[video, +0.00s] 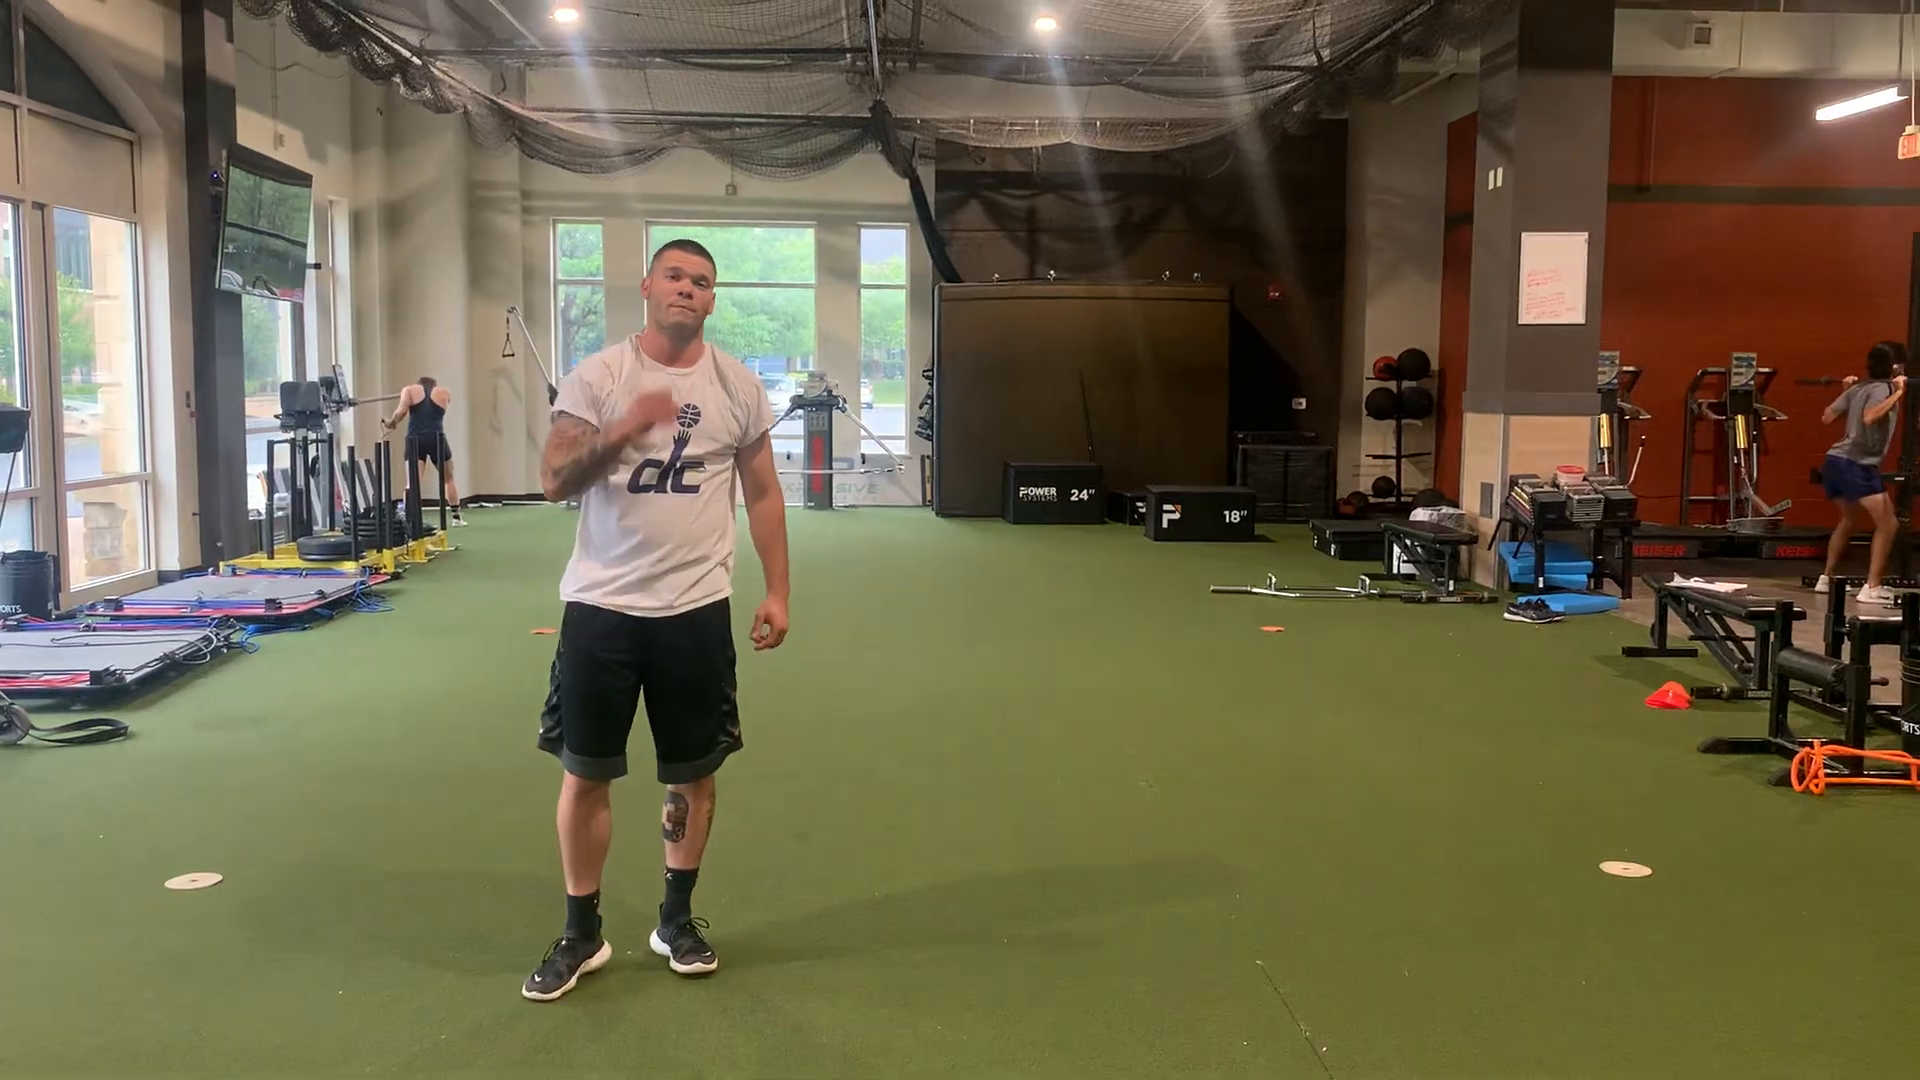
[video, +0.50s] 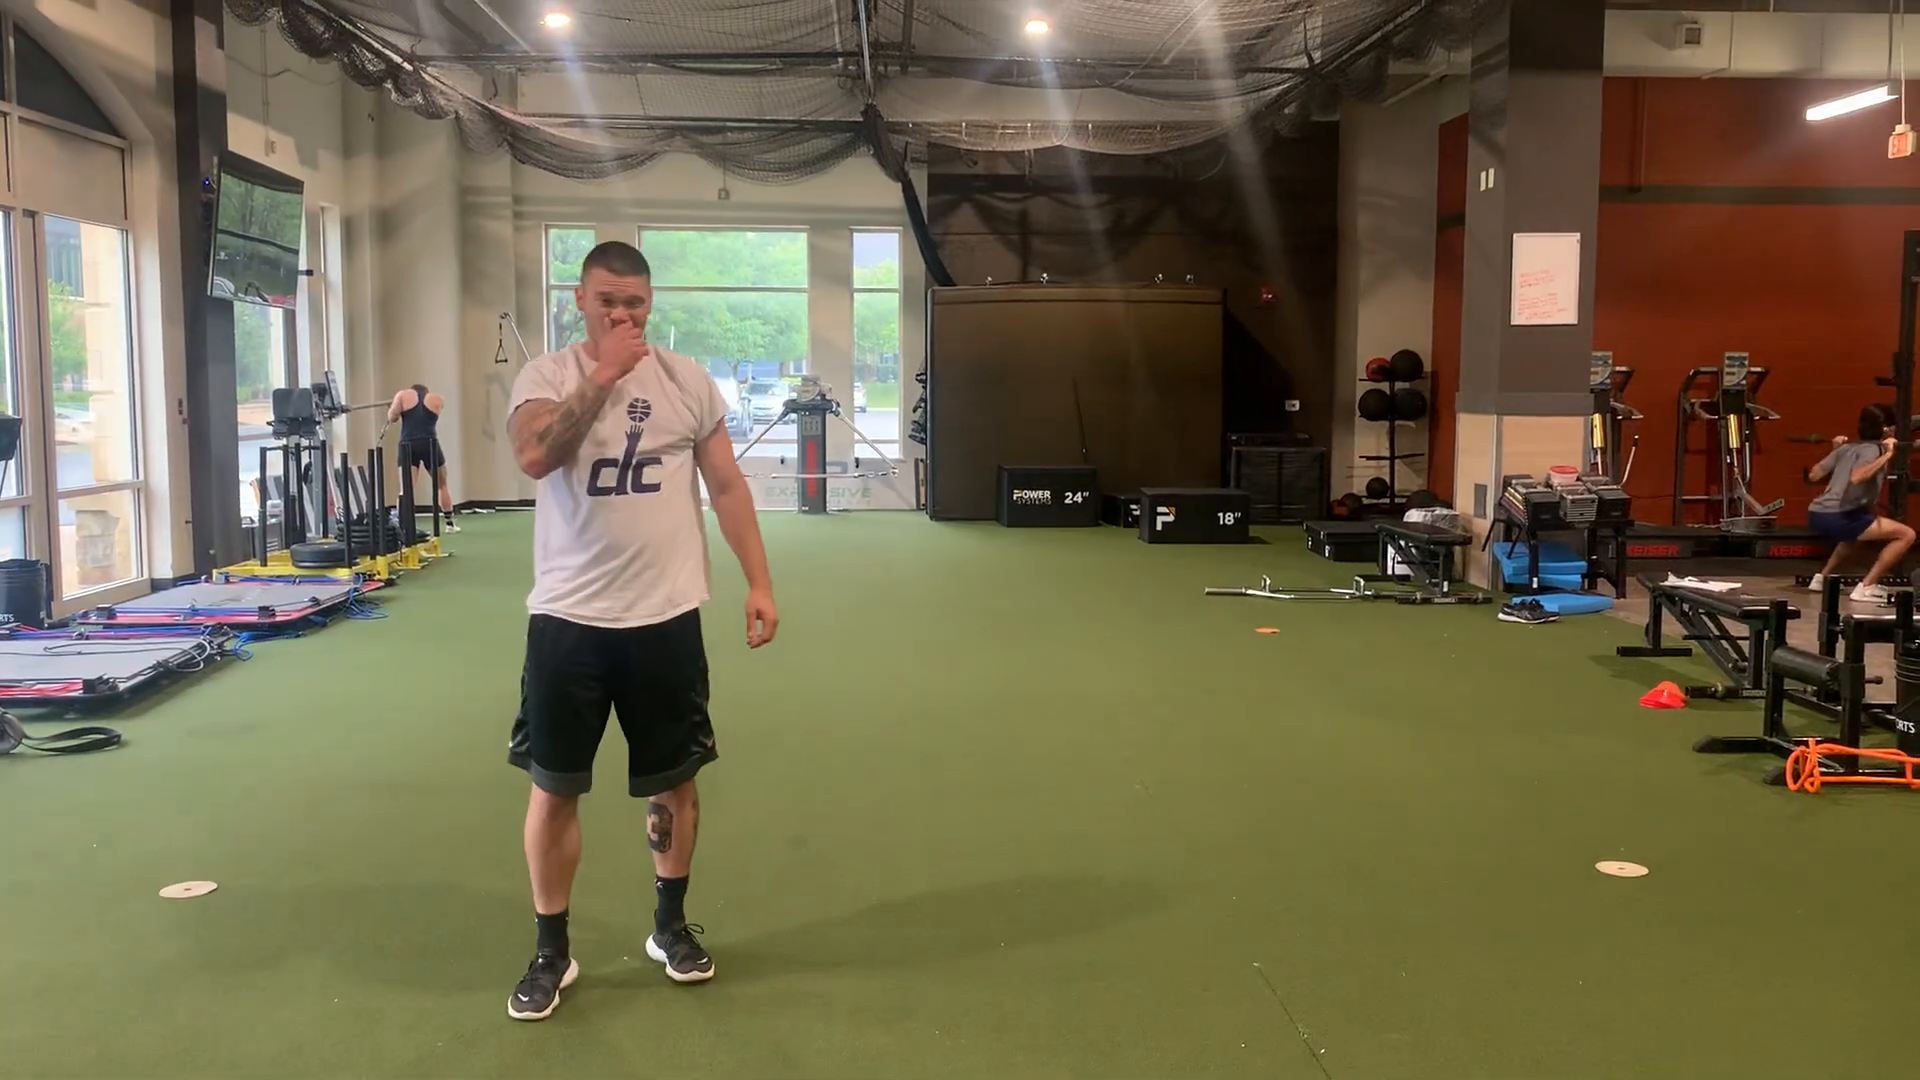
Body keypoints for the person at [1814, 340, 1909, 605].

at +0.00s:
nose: (1903, 371)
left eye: (1904, 368)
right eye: (1902, 367)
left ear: (1872, 366)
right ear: (1893, 368)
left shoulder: (1856, 390)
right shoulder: (1882, 390)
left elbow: (1827, 417)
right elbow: (1869, 417)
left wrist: (1846, 389)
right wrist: (1898, 393)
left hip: (1834, 462)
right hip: (1857, 467)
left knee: (1848, 519)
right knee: (1888, 524)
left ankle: (1826, 577)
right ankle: (1872, 587)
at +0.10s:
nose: (1897, 384)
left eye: (1897, 381)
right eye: (1895, 380)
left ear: (1867, 380)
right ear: (1888, 383)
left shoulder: (1851, 403)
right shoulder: (1878, 403)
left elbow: (1822, 430)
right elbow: (1864, 430)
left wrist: (1841, 403)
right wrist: (1894, 406)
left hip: (1831, 473)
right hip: (1854, 478)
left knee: (1851, 525)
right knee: (1896, 526)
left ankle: (1824, 578)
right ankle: (1870, 587)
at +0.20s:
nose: (1896, 399)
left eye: (1896, 396)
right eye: (1894, 395)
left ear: (1864, 396)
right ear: (1886, 398)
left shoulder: (1849, 418)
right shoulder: (1875, 419)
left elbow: (1818, 445)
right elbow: (1861, 446)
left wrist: (1838, 419)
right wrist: (1891, 422)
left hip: (1823, 486)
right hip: (1848, 492)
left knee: (1852, 529)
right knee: (1901, 530)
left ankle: (1822, 578)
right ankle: (1868, 587)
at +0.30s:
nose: (1892, 413)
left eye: (1892, 409)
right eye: (1890, 409)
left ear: (1862, 409)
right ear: (1883, 412)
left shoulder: (1847, 432)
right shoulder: (1873, 433)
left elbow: (1816, 459)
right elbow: (1858, 459)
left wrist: (1836, 432)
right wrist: (1889, 437)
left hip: (1819, 500)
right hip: (1843, 504)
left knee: (1855, 533)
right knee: (1904, 532)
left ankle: (1820, 578)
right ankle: (1867, 587)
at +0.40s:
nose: (1892, 425)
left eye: (1893, 421)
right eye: (1891, 420)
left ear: (1862, 421)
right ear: (1883, 423)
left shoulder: (1846, 442)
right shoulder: (1872, 444)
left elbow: (1814, 470)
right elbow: (1856, 471)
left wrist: (1835, 444)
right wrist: (1887, 449)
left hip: (1818, 509)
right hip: (1841, 512)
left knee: (1856, 533)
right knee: (1905, 534)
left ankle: (1821, 577)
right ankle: (1866, 587)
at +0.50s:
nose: (1893, 431)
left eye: (1893, 426)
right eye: (1892, 427)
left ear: (1863, 427)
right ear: (1884, 430)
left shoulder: (1846, 448)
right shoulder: (1873, 450)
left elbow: (1814, 475)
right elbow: (1856, 477)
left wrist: (1835, 450)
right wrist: (1887, 454)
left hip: (1817, 515)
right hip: (1841, 518)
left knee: (1855, 536)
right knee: (1907, 535)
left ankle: (1822, 577)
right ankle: (1867, 586)